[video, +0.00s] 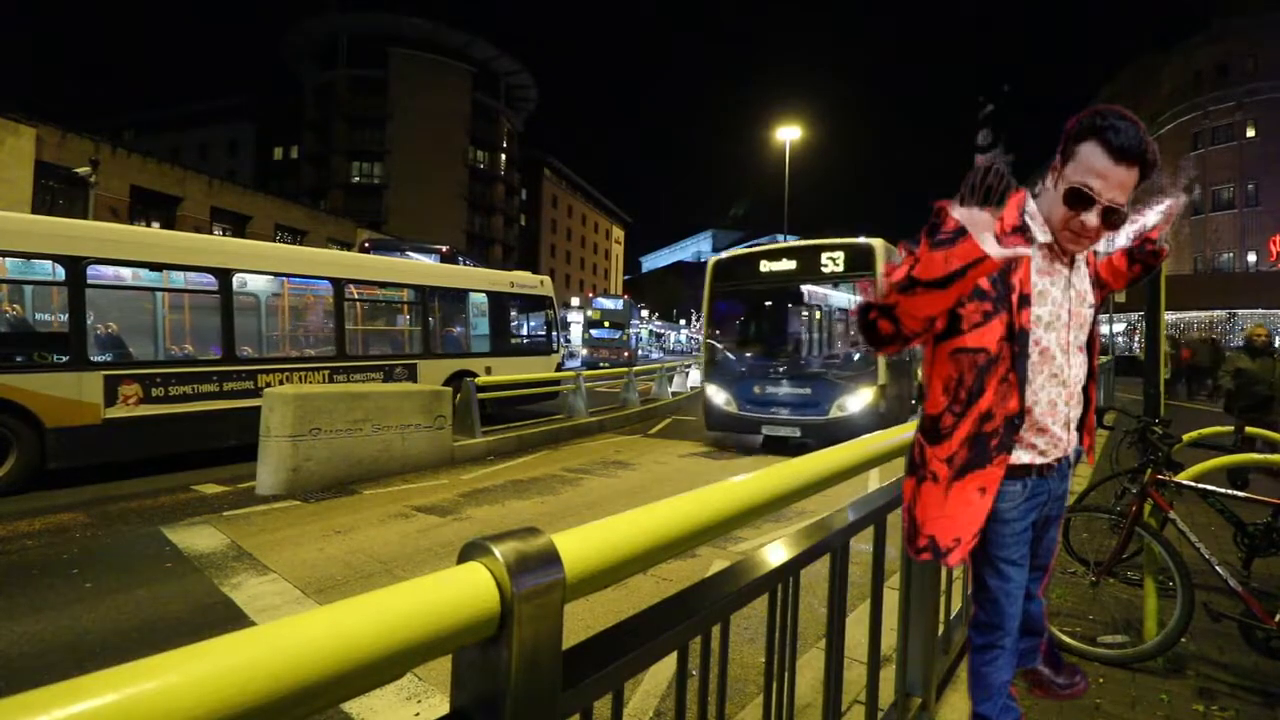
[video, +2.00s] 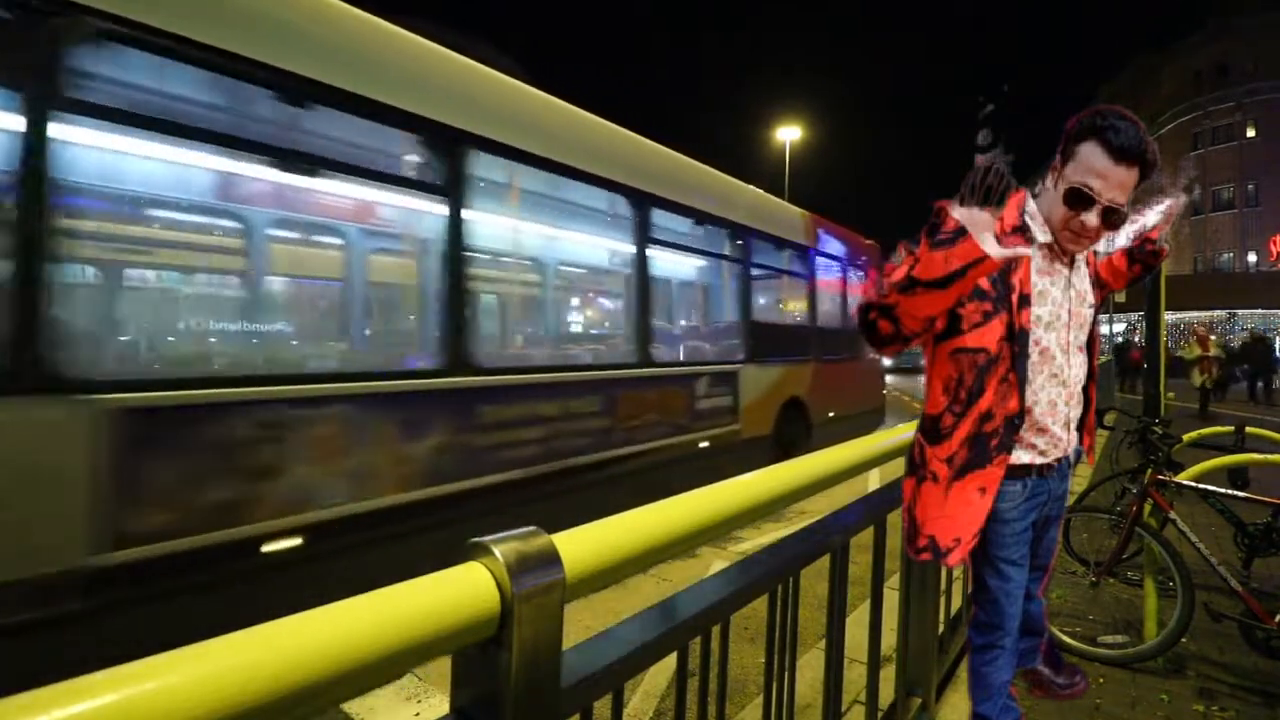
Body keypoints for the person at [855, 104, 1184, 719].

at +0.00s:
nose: (1089, 222)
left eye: (1109, 212)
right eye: (1080, 197)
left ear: (1123, 211)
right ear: (1052, 171)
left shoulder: (1083, 263)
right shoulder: (982, 241)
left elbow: (1111, 274)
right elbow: (882, 328)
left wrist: (1150, 241)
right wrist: (963, 246)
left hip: (1057, 468)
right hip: (1000, 474)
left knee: (1034, 581)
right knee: (1000, 612)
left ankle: (1028, 659)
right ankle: (994, 709)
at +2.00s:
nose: (1089, 222)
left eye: (1109, 212)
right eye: (1080, 198)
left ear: (1123, 211)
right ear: (1052, 171)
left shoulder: (1084, 264)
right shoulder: (985, 242)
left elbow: (1116, 271)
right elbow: (883, 327)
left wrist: (1151, 240)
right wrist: (962, 245)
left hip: (1057, 467)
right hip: (1000, 474)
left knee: (1035, 581)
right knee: (1000, 611)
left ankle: (1028, 659)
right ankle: (994, 709)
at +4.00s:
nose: (1089, 222)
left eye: (1110, 212)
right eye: (1079, 198)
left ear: (1123, 212)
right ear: (1052, 172)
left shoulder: (1083, 264)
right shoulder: (986, 243)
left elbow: (1107, 276)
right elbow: (882, 328)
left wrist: (1150, 241)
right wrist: (960, 245)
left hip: (1057, 467)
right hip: (1000, 476)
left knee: (1034, 582)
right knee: (1000, 614)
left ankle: (1027, 659)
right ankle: (993, 710)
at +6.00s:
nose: (1089, 222)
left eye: (1110, 211)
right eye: (1079, 198)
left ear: (1123, 211)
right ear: (1052, 172)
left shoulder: (1085, 265)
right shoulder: (985, 242)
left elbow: (1116, 271)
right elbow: (884, 328)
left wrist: (1152, 240)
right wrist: (962, 246)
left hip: (1057, 467)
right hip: (1000, 475)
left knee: (1034, 582)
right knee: (1000, 611)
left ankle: (1027, 659)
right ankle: (993, 709)